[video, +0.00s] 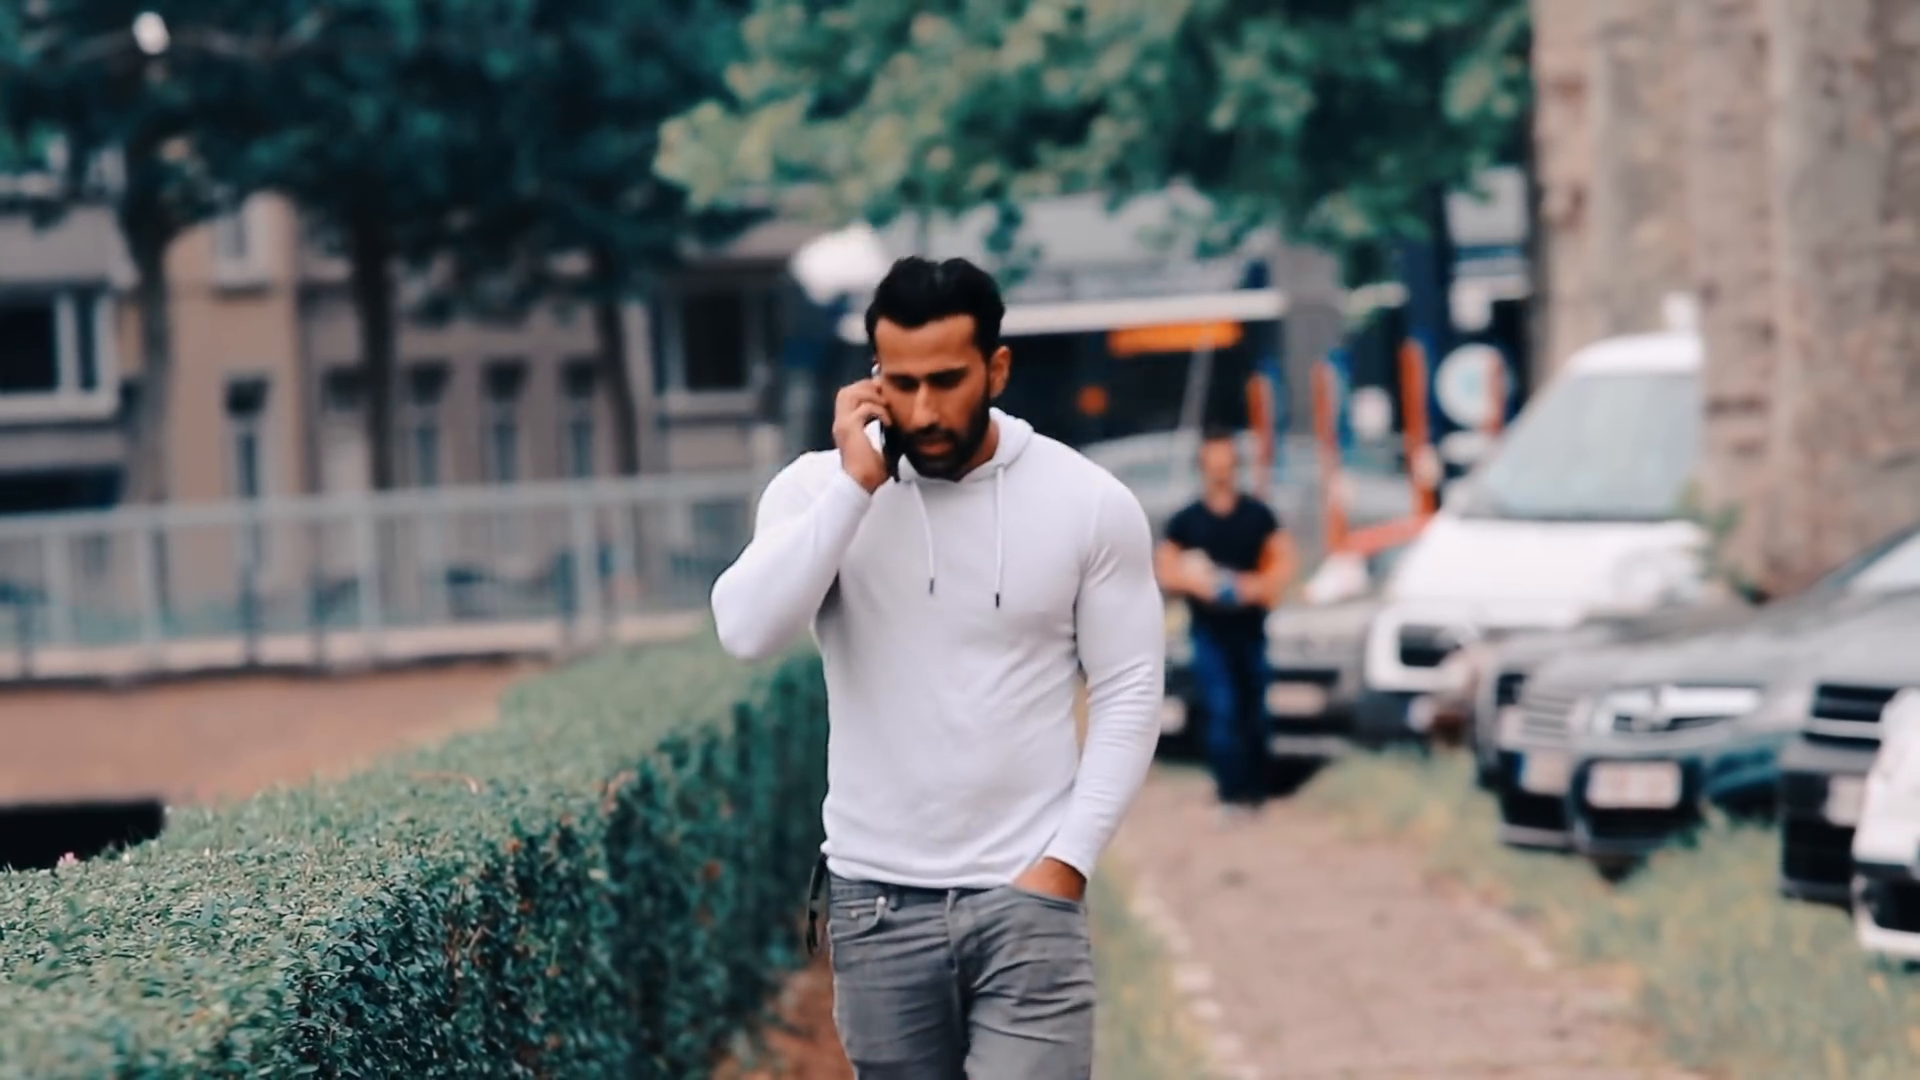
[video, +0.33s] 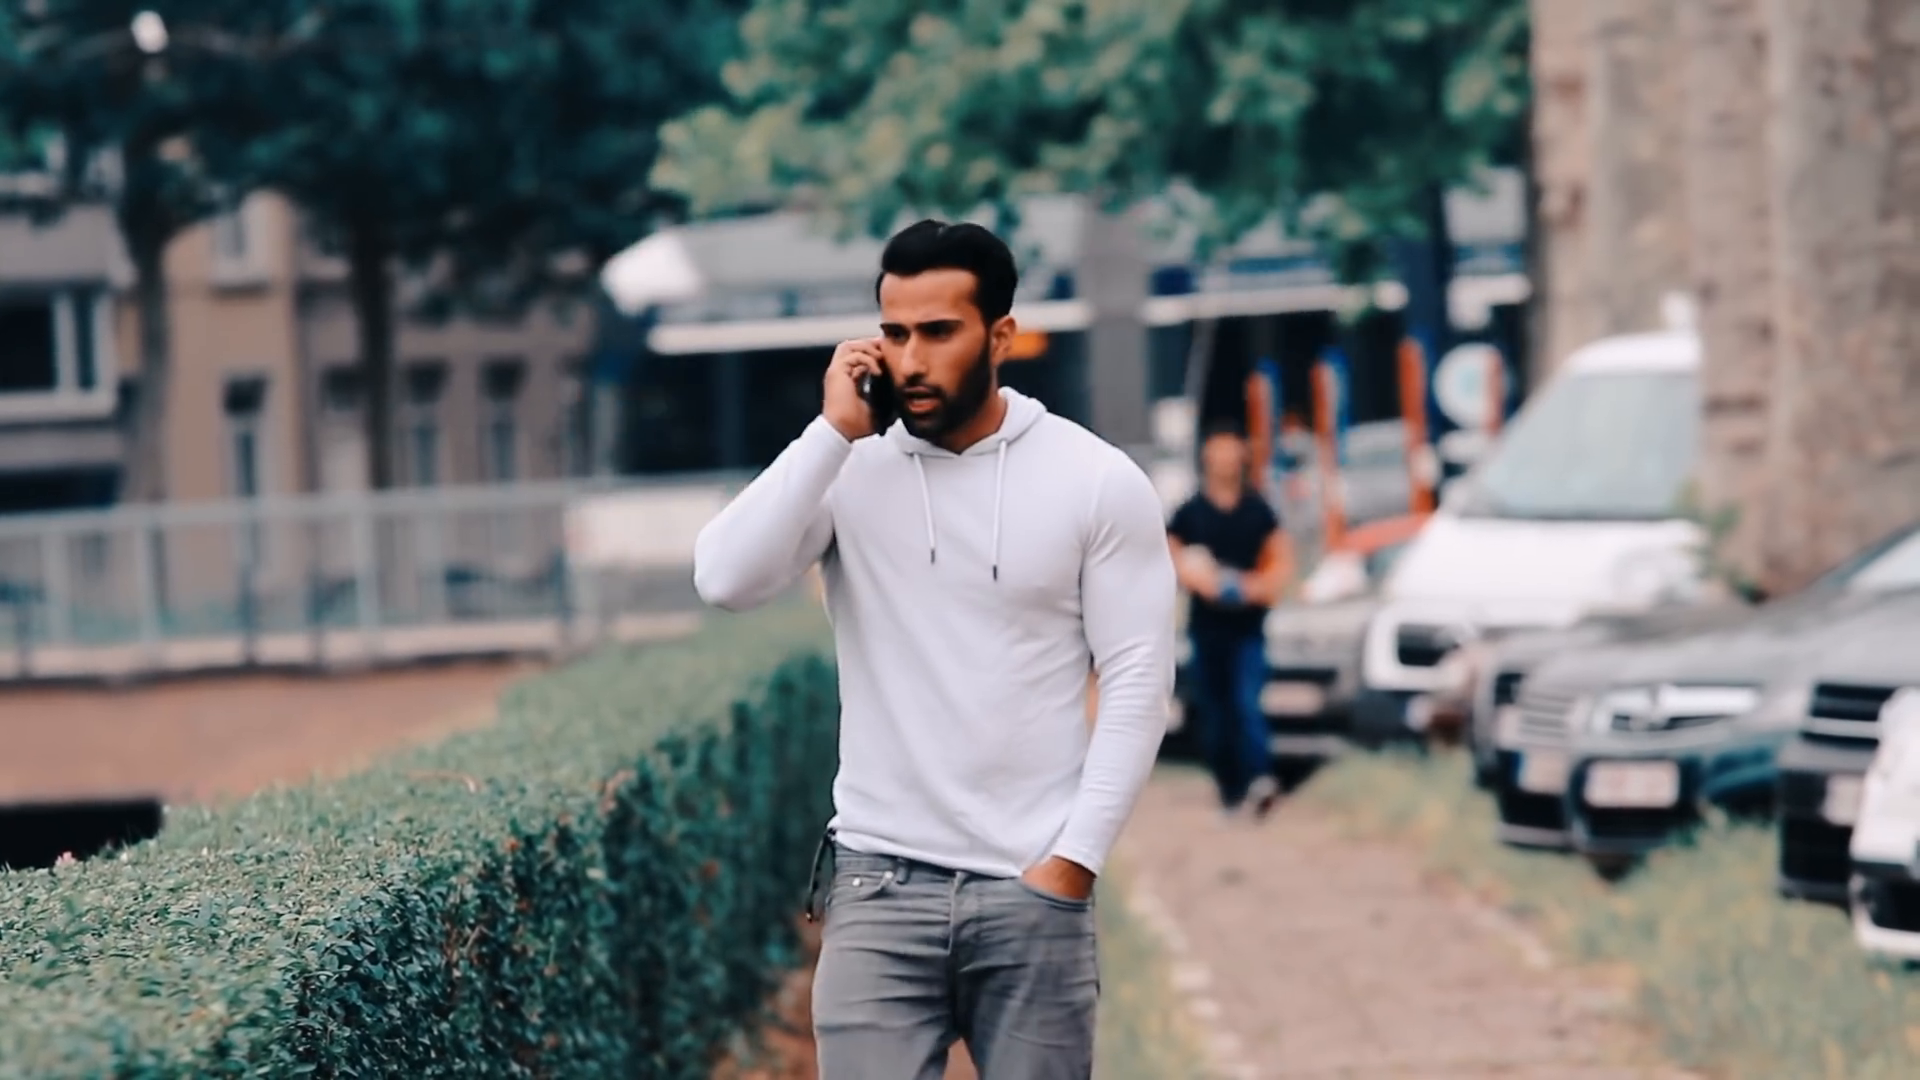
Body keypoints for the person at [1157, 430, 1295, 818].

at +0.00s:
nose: (1221, 471)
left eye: (1227, 463)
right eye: (1214, 463)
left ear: (1236, 465)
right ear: (1202, 466)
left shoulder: (1257, 515)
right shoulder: (1187, 521)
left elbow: (1283, 559)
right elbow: (1166, 569)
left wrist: (1259, 586)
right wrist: (1200, 582)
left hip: (1249, 622)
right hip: (1209, 624)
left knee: (1252, 704)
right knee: (1222, 705)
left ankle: (1255, 787)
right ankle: (1231, 790)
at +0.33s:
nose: (1224, 462)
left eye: (1231, 454)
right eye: (1216, 454)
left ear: (1242, 459)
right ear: (1204, 459)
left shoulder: (1257, 511)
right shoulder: (1191, 513)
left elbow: (1282, 558)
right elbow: (1172, 555)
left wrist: (1263, 585)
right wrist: (1201, 580)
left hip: (1246, 617)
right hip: (1207, 618)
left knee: (1244, 699)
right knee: (1213, 705)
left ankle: (1260, 776)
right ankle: (1229, 787)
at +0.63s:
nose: (1231, 455)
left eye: (1237, 447)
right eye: (1223, 448)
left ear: (1247, 450)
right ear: (1211, 451)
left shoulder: (1264, 501)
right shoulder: (1196, 506)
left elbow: (1289, 553)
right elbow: (1167, 558)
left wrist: (1261, 576)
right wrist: (1207, 571)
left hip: (1255, 617)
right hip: (1214, 619)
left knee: (1254, 703)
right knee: (1219, 699)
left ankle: (1252, 785)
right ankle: (1228, 781)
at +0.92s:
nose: (1228, 459)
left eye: (1234, 451)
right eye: (1221, 452)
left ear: (1245, 455)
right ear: (1209, 458)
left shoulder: (1265, 512)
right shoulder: (1197, 518)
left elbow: (1294, 562)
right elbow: (1170, 573)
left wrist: (1264, 587)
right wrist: (1211, 583)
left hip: (1256, 625)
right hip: (1217, 628)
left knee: (1260, 707)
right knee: (1233, 707)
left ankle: (1260, 787)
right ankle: (1241, 791)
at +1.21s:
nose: (1234, 457)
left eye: (1241, 450)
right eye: (1226, 450)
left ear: (1252, 454)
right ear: (1214, 453)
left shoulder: (1270, 505)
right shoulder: (1199, 505)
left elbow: (1297, 556)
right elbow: (1167, 561)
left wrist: (1268, 580)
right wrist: (1212, 576)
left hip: (1257, 619)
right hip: (1215, 621)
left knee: (1260, 701)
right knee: (1223, 709)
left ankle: (1270, 785)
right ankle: (1237, 788)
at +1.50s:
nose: (1245, 460)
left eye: (1252, 452)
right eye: (1237, 452)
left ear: (1262, 454)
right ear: (1225, 454)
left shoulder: (1279, 505)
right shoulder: (1207, 505)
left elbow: (1306, 555)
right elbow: (1179, 563)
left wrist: (1278, 580)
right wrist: (1220, 575)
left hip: (1270, 624)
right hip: (1227, 626)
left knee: (1273, 713)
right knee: (1230, 713)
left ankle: (1272, 790)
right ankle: (1240, 784)